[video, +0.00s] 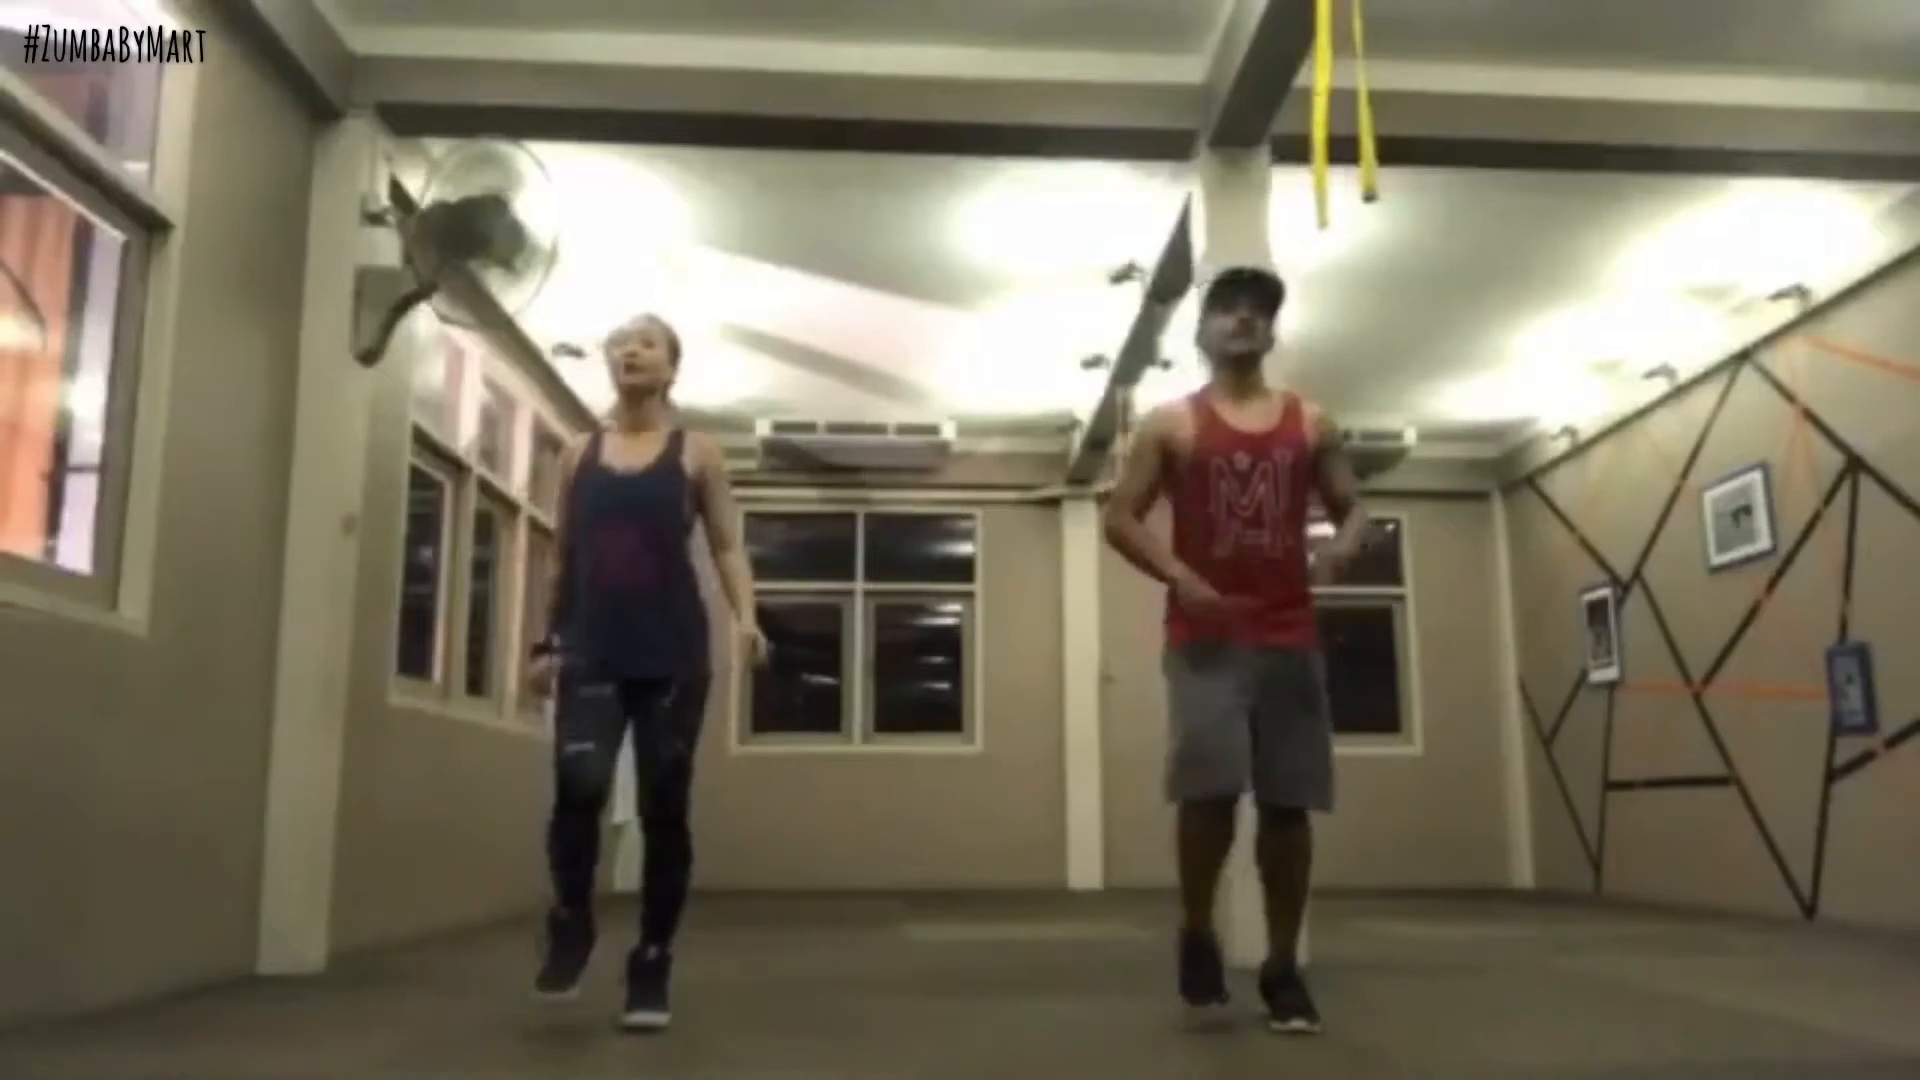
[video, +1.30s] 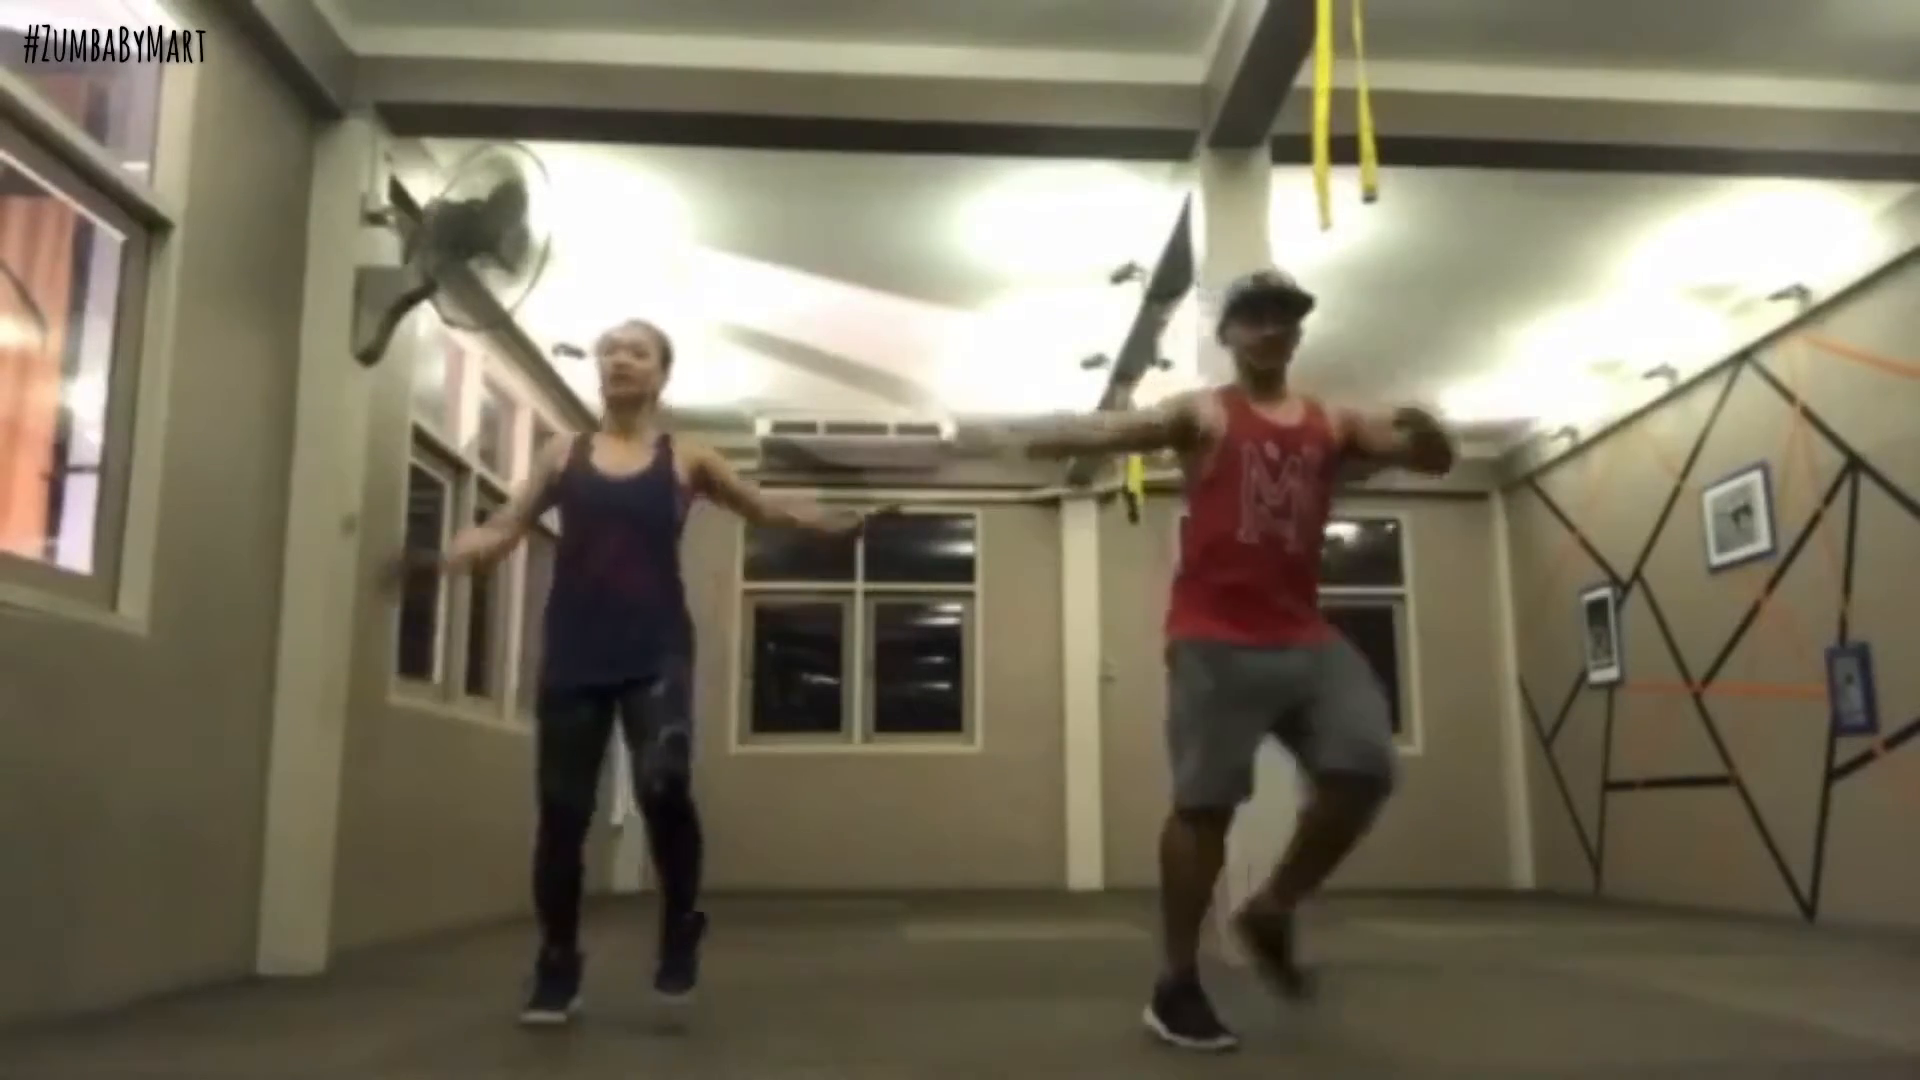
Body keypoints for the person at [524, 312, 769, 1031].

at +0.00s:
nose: (632, 355)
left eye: (647, 346)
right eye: (622, 345)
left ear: (673, 365)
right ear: (608, 364)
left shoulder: (697, 451)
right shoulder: (582, 452)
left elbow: (727, 544)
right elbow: (561, 553)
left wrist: (747, 617)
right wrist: (546, 640)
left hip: (672, 654)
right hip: (590, 652)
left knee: (663, 811)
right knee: (576, 795)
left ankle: (652, 966)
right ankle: (570, 927)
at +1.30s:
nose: (621, 362)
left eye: (637, 353)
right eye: (610, 352)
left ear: (663, 374)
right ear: (595, 371)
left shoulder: (687, 457)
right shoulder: (565, 455)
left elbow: (762, 508)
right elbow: (500, 528)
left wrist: (827, 523)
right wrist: (437, 559)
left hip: (656, 655)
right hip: (573, 655)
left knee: (664, 792)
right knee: (561, 812)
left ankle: (680, 932)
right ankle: (557, 964)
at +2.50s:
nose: (560, 335)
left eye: (582, 331)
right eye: (557, 328)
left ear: (614, 366)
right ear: (544, 356)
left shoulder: (629, 438)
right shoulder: (523, 427)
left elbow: (707, 504)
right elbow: (472, 483)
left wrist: (801, 509)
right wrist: (550, 470)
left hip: (593, 650)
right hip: (536, 651)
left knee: (499, 800)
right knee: (558, 822)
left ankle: (477, 990)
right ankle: (610, 975)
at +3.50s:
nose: (526, 354)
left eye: (544, 345)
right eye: (517, 343)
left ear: (570, 370)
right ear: (499, 360)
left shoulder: (583, 450)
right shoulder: (474, 443)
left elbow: (658, 493)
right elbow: (403, 480)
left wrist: (743, 509)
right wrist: (487, 463)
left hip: (565, 663)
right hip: (480, 659)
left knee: (568, 829)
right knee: (395, 821)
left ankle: (626, 982)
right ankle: (295, 972)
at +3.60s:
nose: (549, 344)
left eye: (567, 335)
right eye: (540, 336)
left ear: (598, 362)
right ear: (525, 357)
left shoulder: (618, 447)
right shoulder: (500, 442)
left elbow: (685, 485)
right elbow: (391, 462)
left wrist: (769, 476)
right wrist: (454, 433)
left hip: (598, 659)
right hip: (511, 657)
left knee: (597, 826)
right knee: (428, 815)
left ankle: (629, 982)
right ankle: (331, 959)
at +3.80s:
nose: (586, 325)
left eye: (603, 318)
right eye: (579, 315)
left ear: (630, 346)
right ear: (562, 338)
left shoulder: (647, 433)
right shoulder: (531, 424)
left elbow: (750, 444)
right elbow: (423, 441)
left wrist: (743, 364)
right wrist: (378, 384)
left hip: (621, 638)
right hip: (534, 638)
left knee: (627, 808)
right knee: (516, 805)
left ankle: (637, 971)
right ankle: (508, 957)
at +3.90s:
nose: (590, 344)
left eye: (608, 336)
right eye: (582, 334)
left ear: (634, 361)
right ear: (565, 353)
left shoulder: (648, 448)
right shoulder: (534, 437)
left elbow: (733, 508)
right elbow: (461, 505)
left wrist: (708, 466)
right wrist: (413, 466)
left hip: (626, 650)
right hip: (542, 652)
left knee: (625, 818)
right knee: (554, 823)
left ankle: (635, 971)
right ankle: (565, 971)